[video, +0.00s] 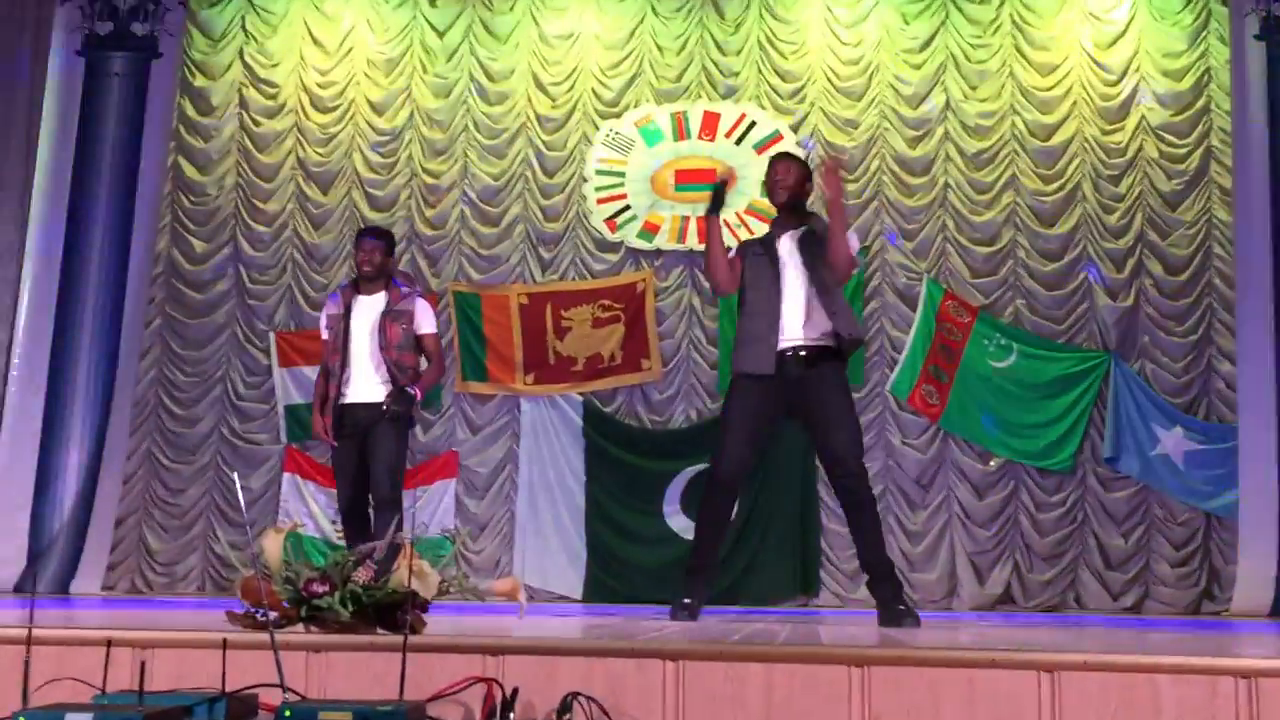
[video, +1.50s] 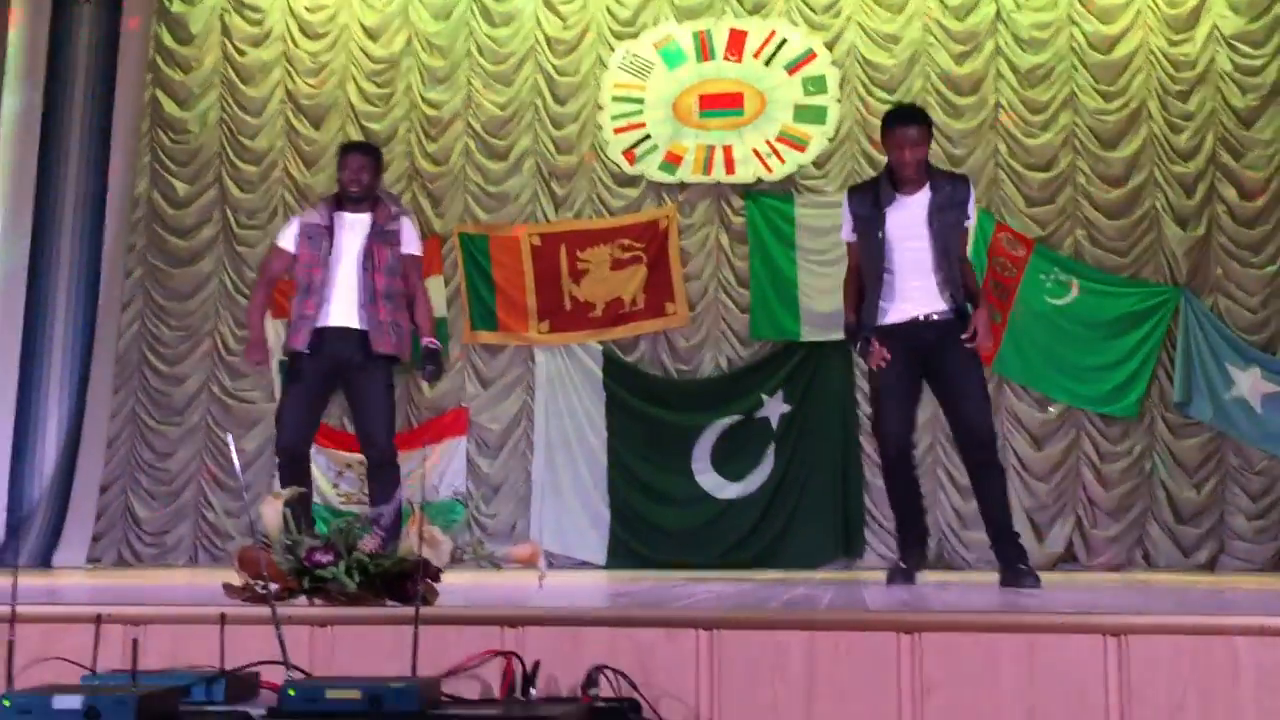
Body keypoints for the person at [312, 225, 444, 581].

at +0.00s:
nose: (366, 259)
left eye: (375, 253)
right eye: (361, 252)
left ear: (390, 260)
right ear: (353, 256)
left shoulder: (414, 304)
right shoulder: (335, 304)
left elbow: (437, 364)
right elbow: (326, 365)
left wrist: (416, 391)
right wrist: (317, 410)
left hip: (388, 413)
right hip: (344, 415)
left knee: (386, 497)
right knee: (349, 502)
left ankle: (383, 579)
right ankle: (362, 578)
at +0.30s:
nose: (345, 229)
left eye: (355, 223)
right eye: (340, 222)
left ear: (373, 231)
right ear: (332, 228)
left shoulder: (396, 284)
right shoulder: (310, 279)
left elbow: (414, 353)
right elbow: (297, 348)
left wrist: (389, 389)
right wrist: (278, 396)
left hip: (361, 407)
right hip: (308, 406)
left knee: (359, 505)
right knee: (279, 496)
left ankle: (354, 600)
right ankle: (314, 581)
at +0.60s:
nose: (312, 238)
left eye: (322, 231)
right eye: (306, 230)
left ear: (339, 238)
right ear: (297, 235)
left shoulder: (363, 292)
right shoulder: (272, 289)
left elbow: (382, 363)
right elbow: (256, 357)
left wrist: (364, 407)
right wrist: (244, 404)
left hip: (330, 419)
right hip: (274, 416)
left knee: (335, 521)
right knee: (250, 516)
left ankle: (337, 618)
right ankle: (239, 614)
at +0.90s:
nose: (285, 225)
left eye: (295, 219)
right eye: (279, 218)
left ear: (312, 228)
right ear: (270, 225)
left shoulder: (337, 278)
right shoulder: (247, 279)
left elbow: (365, 348)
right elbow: (216, 349)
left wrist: (355, 394)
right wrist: (223, 405)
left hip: (321, 409)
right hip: (265, 410)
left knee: (341, 509)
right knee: (255, 515)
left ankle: (353, 610)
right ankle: (253, 614)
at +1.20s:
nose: (314, 224)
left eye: (322, 217)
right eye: (307, 216)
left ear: (336, 222)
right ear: (296, 220)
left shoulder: (358, 270)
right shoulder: (270, 268)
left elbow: (385, 336)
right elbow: (245, 336)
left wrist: (377, 384)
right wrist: (233, 397)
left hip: (336, 405)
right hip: (279, 405)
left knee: (356, 507)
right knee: (264, 508)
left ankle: (368, 603)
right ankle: (262, 607)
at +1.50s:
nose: (355, 177)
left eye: (364, 171)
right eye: (348, 169)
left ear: (378, 176)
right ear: (337, 174)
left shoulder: (398, 224)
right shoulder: (309, 221)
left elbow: (416, 287)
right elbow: (267, 277)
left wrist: (428, 340)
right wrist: (255, 333)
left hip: (371, 350)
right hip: (313, 349)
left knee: (380, 451)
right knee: (290, 447)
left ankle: (386, 551)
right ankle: (302, 547)